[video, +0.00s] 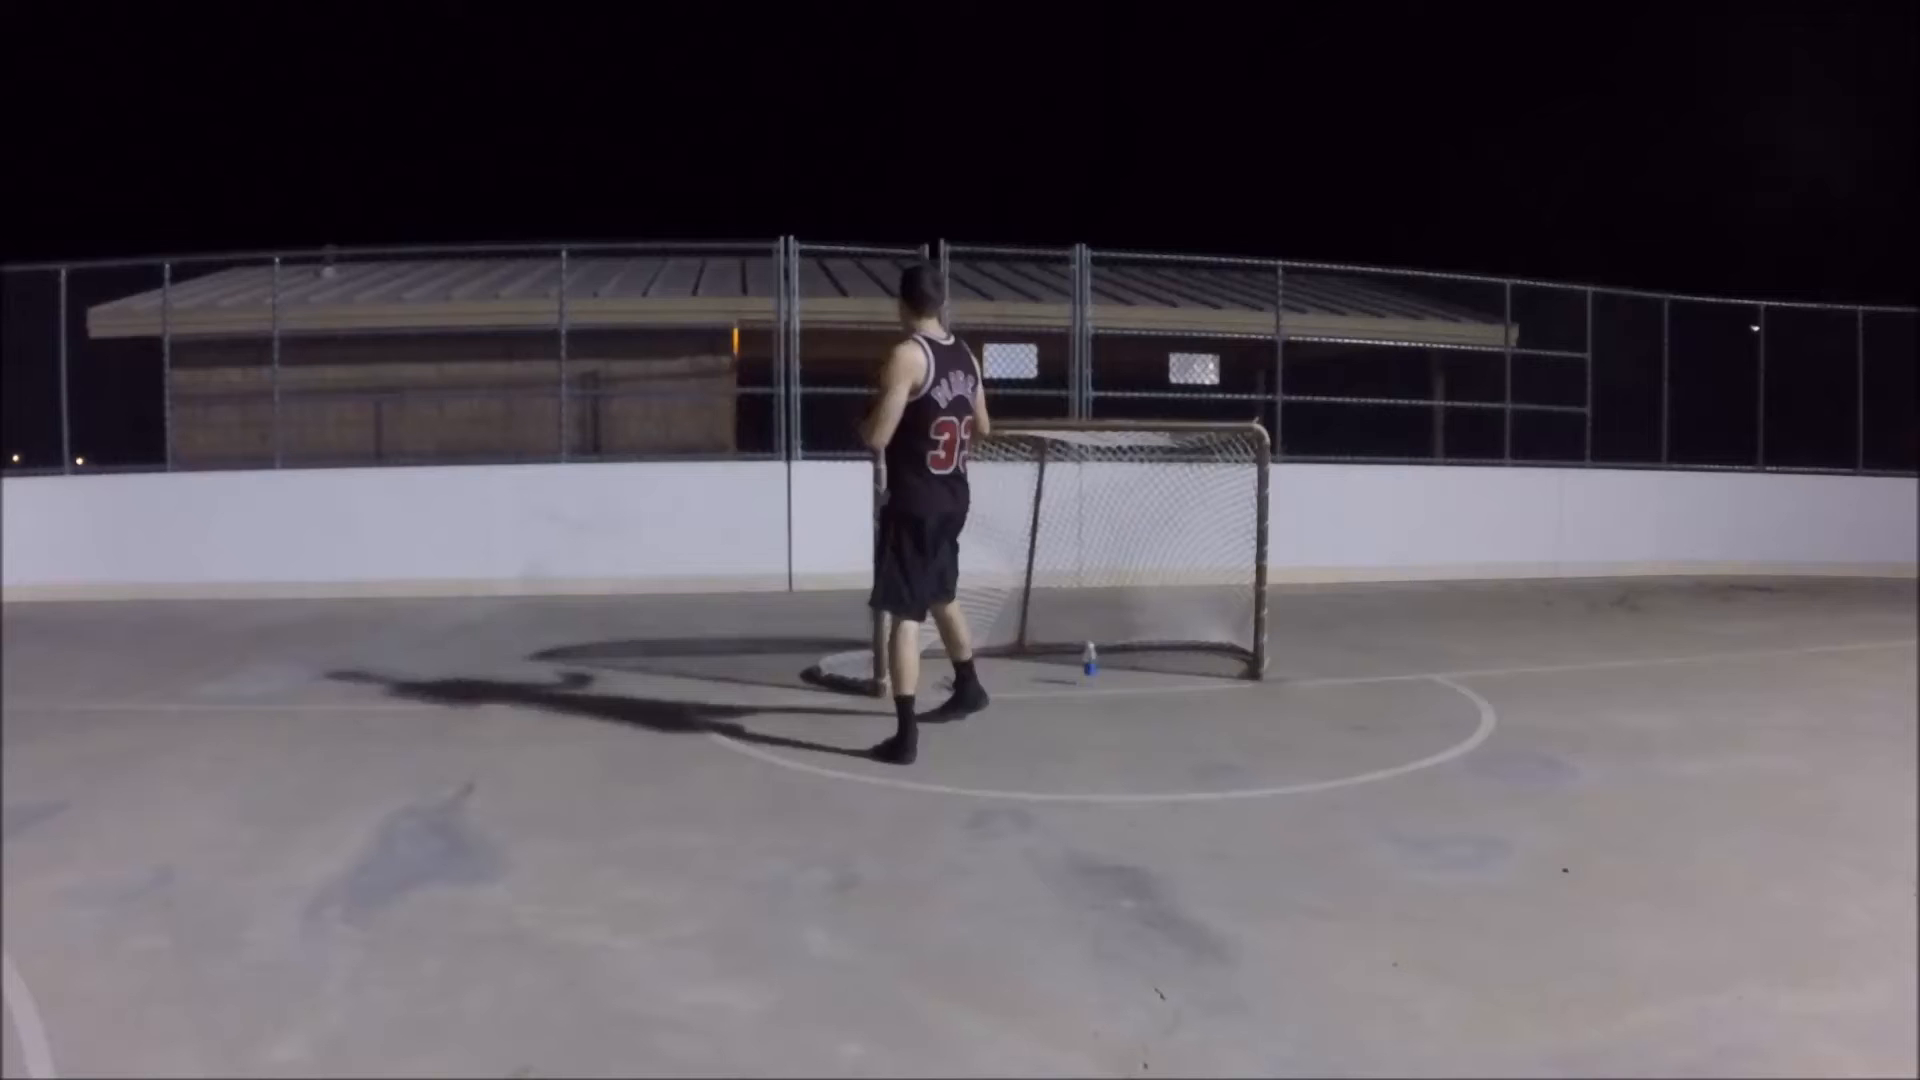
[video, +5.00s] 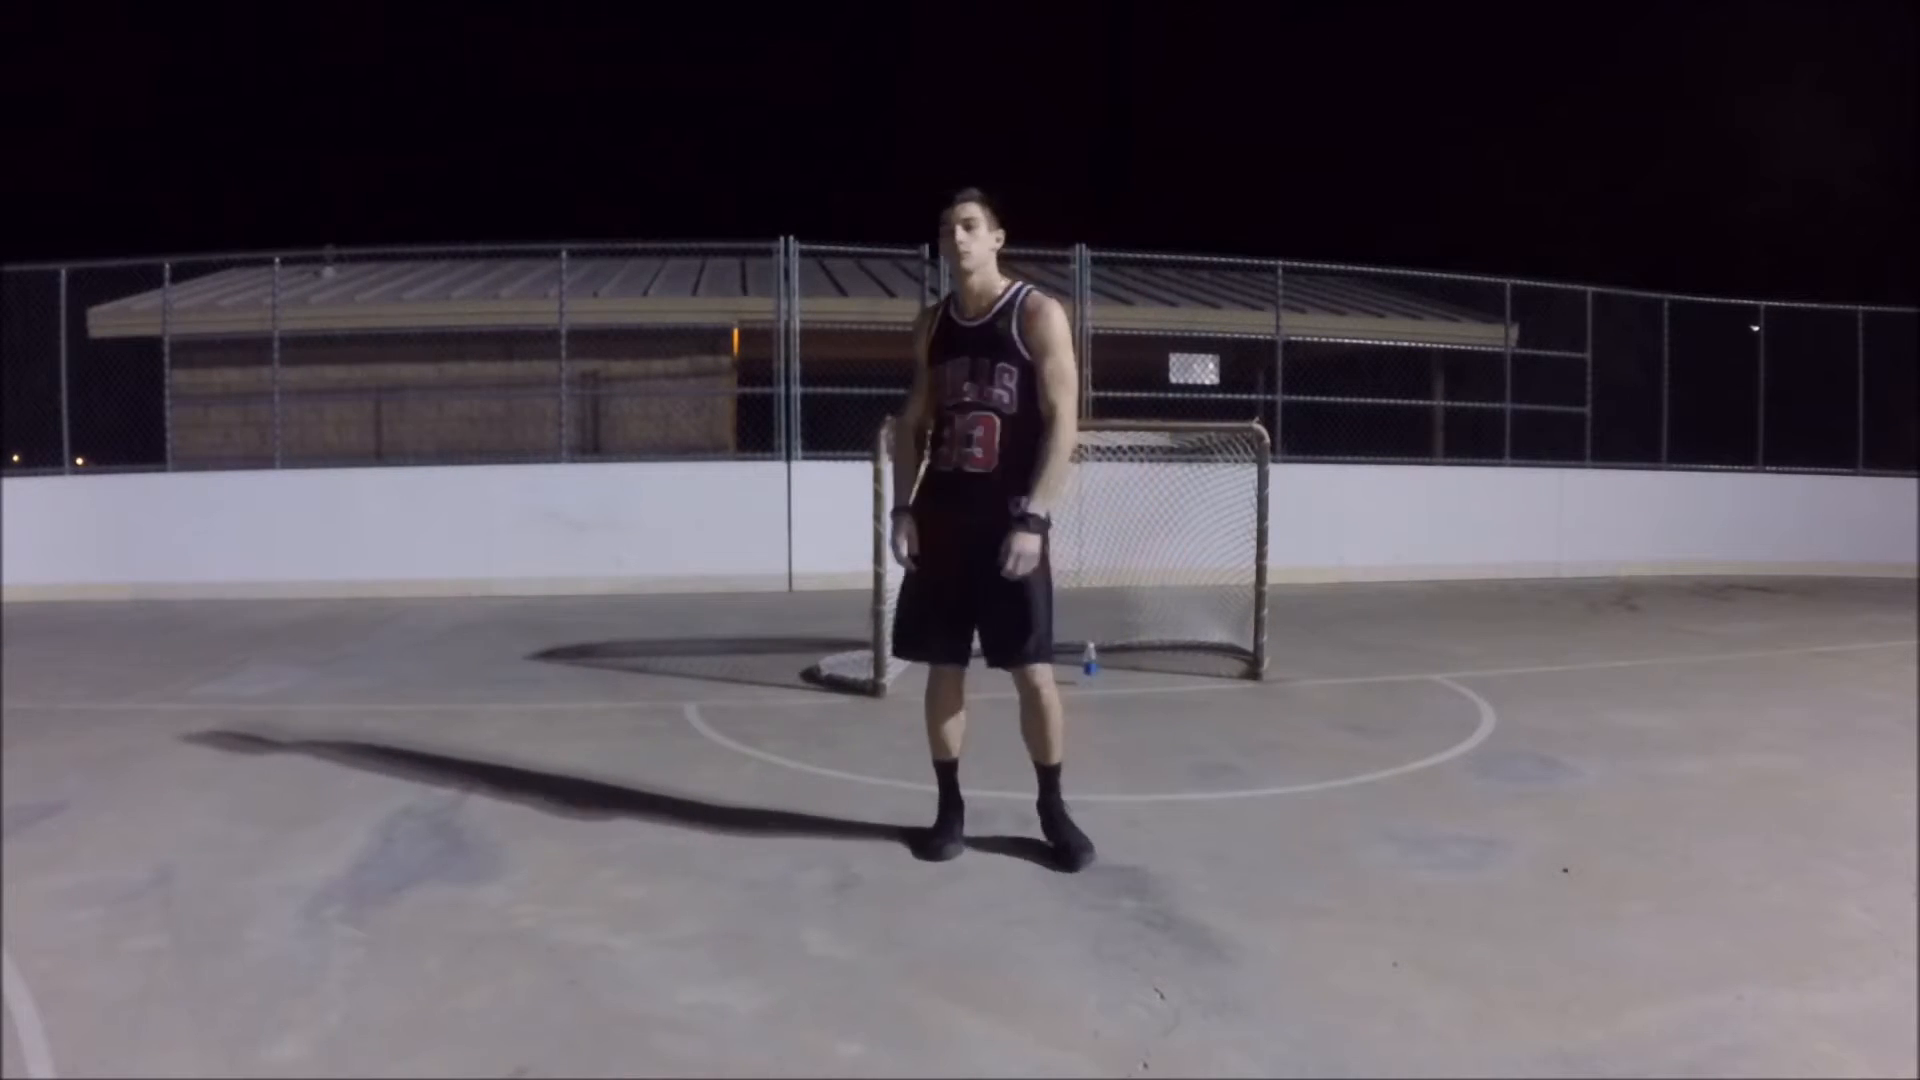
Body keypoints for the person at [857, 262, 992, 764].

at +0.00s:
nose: (900, 308)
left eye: (900, 301)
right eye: (910, 301)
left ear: (903, 304)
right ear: (944, 303)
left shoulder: (906, 356)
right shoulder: (964, 353)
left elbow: (876, 437)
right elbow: (981, 425)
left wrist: (868, 419)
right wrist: (938, 416)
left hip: (914, 501)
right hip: (952, 497)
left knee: (904, 614)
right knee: (941, 596)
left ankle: (904, 736)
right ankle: (969, 686)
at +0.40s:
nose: (904, 316)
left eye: (908, 307)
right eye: (905, 306)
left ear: (927, 308)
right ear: (944, 309)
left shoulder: (939, 354)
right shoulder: (965, 353)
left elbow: (951, 423)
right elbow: (962, 424)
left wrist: (942, 493)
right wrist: (908, 432)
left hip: (942, 491)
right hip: (970, 491)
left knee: (906, 590)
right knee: (968, 595)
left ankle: (947, 693)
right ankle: (977, 695)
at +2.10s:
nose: (981, 282)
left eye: (984, 273)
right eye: (969, 274)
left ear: (987, 278)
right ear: (937, 280)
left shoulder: (1010, 340)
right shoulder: (908, 348)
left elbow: (1031, 425)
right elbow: (886, 433)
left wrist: (1042, 501)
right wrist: (879, 514)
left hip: (996, 513)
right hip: (934, 514)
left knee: (985, 639)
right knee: (936, 644)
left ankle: (975, 715)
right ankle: (946, 778)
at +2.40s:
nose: (984, 268)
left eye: (985, 258)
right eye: (972, 259)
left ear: (978, 266)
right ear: (938, 265)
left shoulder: (995, 329)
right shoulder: (901, 330)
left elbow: (1014, 419)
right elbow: (878, 421)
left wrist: (1036, 490)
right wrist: (889, 499)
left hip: (1002, 511)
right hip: (934, 515)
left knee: (1024, 641)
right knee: (936, 646)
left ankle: (1012, 776)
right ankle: (947, 780)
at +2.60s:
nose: (986, 261)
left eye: (987, 250)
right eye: (975, 251)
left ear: (977, 260)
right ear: (938, 258)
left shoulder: (993, 324)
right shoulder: (899, 324)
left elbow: (1011, 411)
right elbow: (878, 414)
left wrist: (1031, 480)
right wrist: (907, 464)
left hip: (1003, 504)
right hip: (936, 512)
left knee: (1056, 631)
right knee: (940, 651)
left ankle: (1115, 766)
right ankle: (948, 783)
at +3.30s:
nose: (1046, 247)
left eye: (1045, 237)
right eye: (1032, 238)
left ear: (1035, 248)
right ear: (992, 247)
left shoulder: (1073, 318)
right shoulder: (950, 329)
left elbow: (1104, 411)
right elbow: (921, 426)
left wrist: (1120, 499)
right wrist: (905, 516)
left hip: (1064, 519)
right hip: (987, 523)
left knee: (1065, 666)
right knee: (973, 655)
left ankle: (1064, 818)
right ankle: (952, 768)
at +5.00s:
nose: (957, 239)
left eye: (969, 227)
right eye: (949, 230)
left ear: (998, 237)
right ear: (941, 245)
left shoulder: (1039, 314)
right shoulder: (935, 321)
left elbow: (1062, 423)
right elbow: (915, 420)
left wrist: (1034, 520)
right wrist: (903, 505)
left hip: (1013, 518)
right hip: (943, 517)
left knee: (1032, 670)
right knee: (944, 667)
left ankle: (1053, 810)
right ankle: (949, 813)